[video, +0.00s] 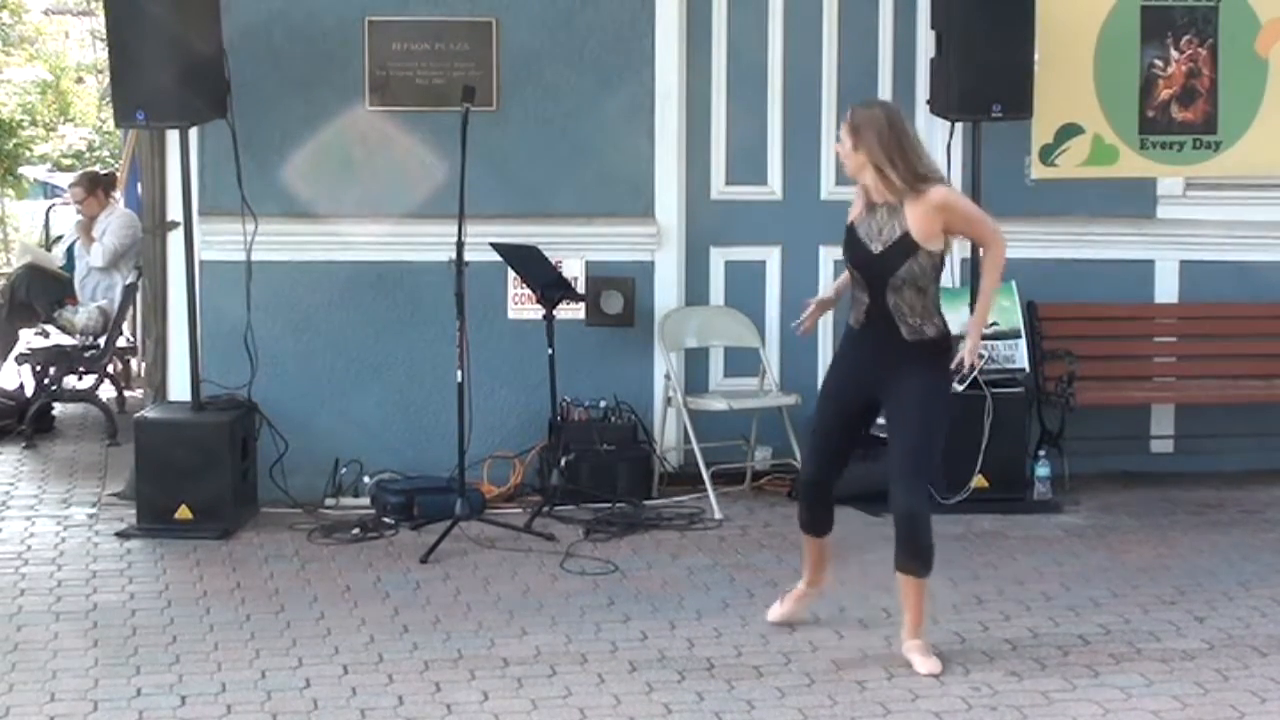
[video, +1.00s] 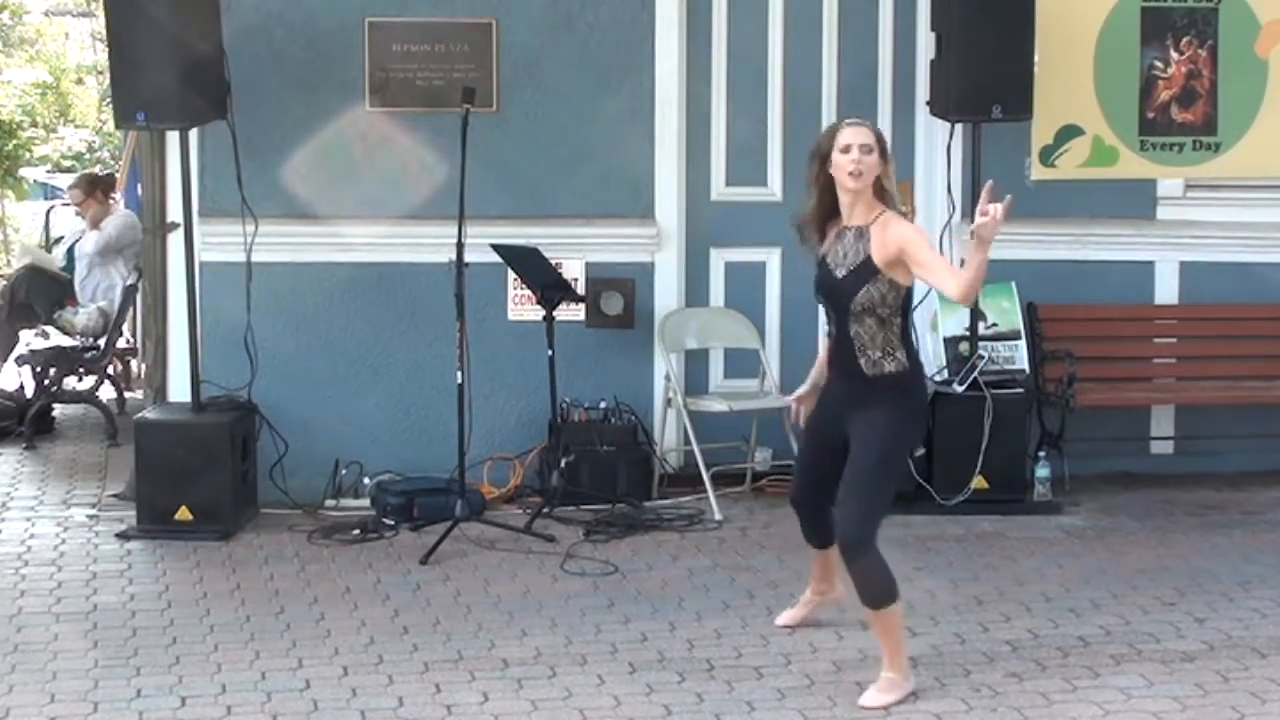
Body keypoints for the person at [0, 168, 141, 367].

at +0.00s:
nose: (77, 209)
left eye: (80, 203)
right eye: (75, 204)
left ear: (100, 195)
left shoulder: (125, 220)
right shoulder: (87, 223)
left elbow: (103, 258)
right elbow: (58, 259)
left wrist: (84, 235)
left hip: (104, 309)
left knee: (29, 275)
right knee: (13, 312)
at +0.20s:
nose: (77, 209)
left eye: (81, 203)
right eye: (75, 204)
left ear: (99, 196)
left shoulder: (125, 220)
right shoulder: (89, 224)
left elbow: (103, 259)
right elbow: (59, 259)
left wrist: (85, 236)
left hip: (104, 310)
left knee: (29, 275)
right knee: (11, 314)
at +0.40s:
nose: (77, 209)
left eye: (81, 203)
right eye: (75, 204)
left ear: (99, 196)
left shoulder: (125, 221)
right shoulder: (88, 224)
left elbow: (103, 259)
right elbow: (59, 259)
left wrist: (87, 231)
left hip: (103, 311)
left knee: (29, 275)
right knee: (11, 314)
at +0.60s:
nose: (78, 210)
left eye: (80, 203)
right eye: (75, 205)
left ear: (99, 196)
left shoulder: (125, 220)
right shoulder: (84, 235)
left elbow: (100, 254)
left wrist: (92, 229)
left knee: (29, 276)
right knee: (11, 315)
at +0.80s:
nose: (77, 211)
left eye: (80, 204)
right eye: (75, 206)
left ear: (99, 196)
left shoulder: (125, 220)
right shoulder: (83, 233)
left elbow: (99, 249)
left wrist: (92, 226)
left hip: (101, 315)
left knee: (29, 276)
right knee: (11, 315)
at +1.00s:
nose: (77, 212)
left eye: (79, 205)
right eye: (75, 206)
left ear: (98, 196)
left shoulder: (125, 220)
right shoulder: (83, 231)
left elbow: (98, 248)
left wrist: (92, 225)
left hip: (100, 315)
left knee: (29, 276)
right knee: (11, 315)